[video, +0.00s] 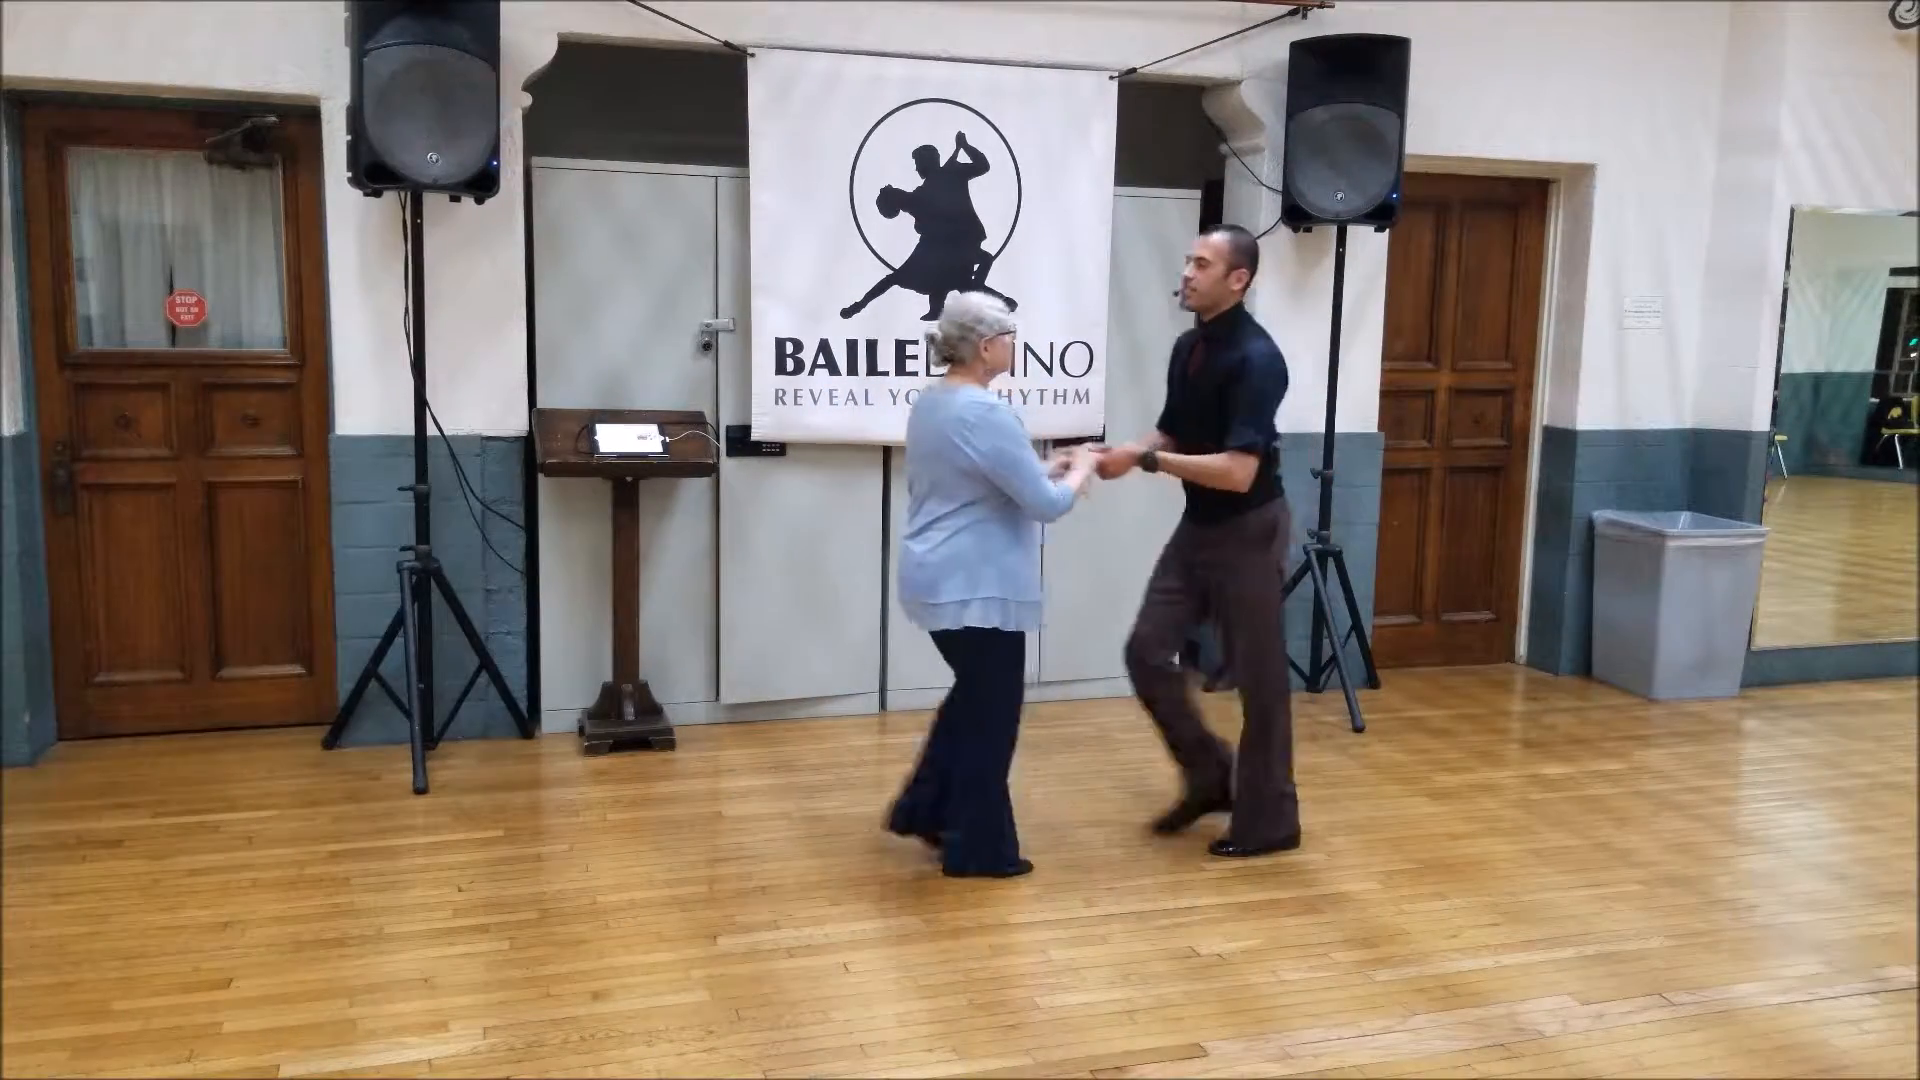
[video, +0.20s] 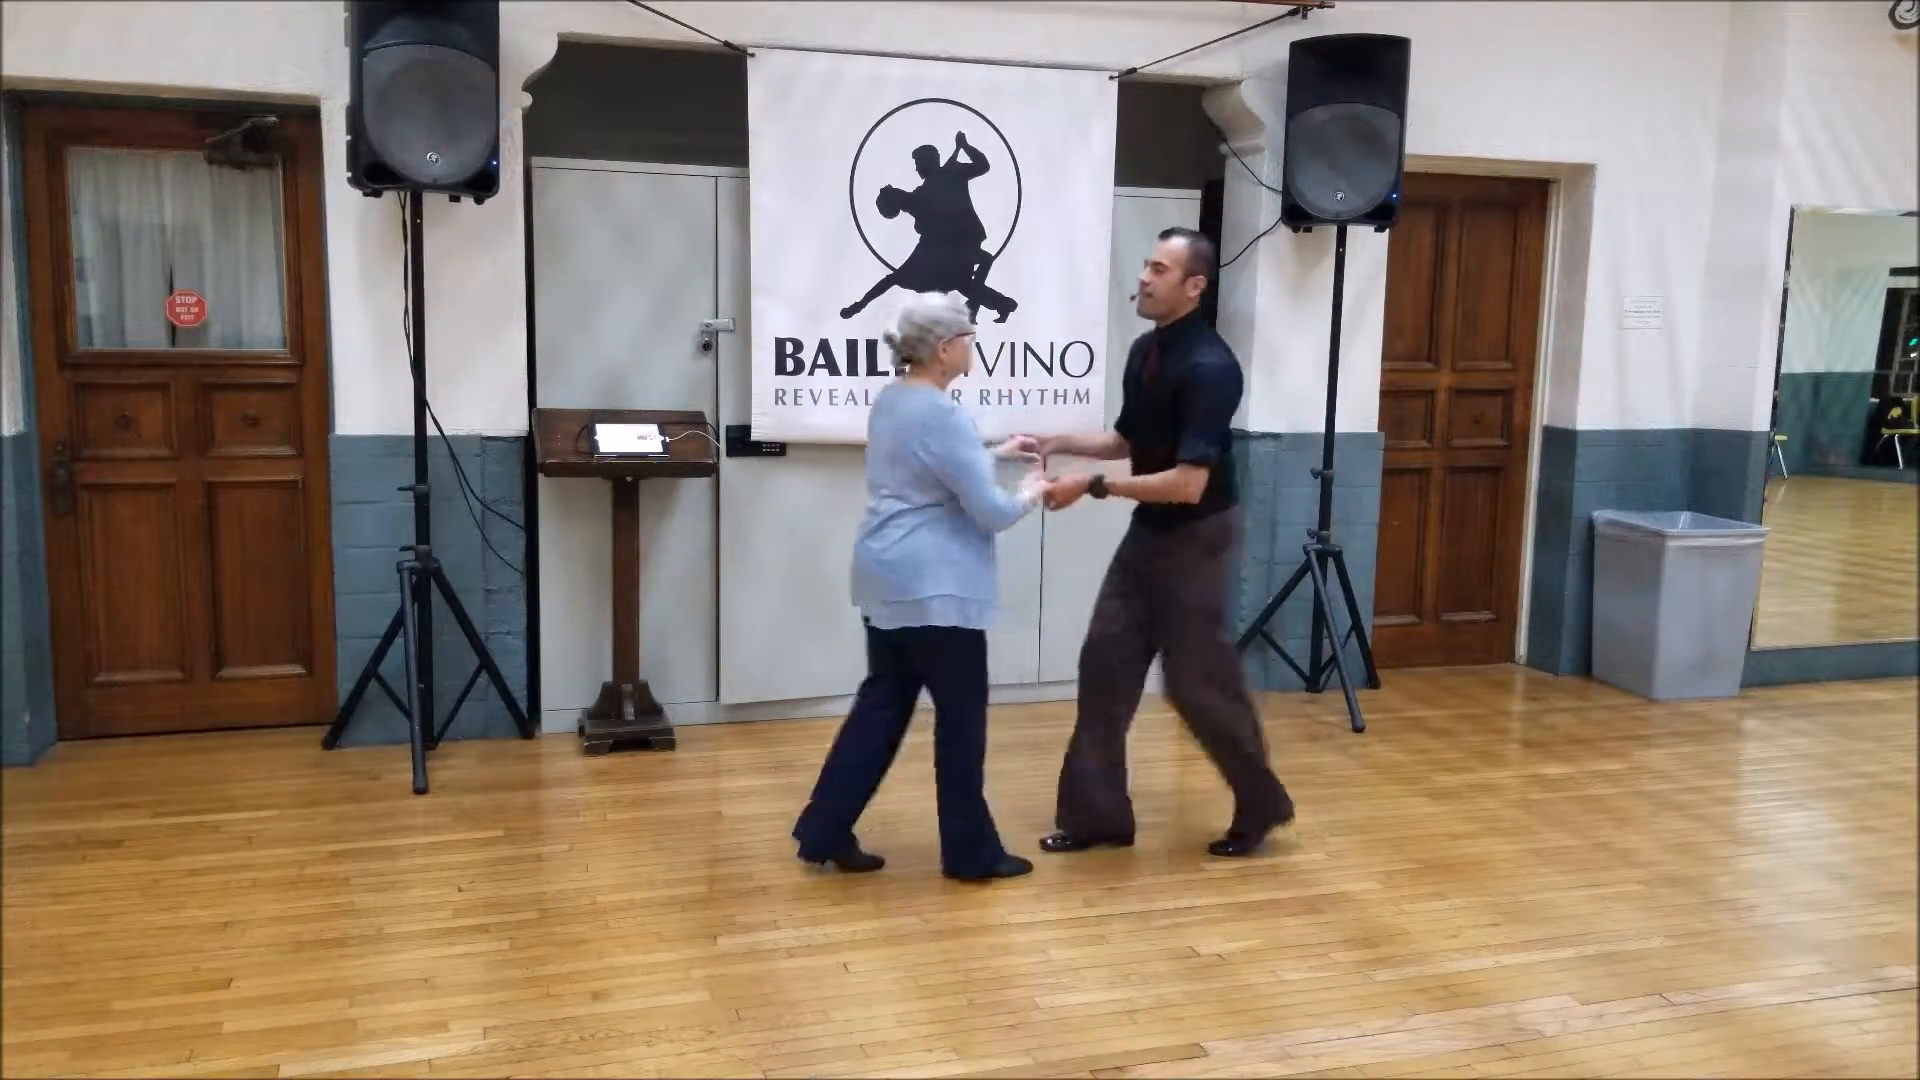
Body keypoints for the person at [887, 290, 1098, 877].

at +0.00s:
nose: (1015, 344)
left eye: (1011, 335)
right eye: (1007, 336)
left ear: (963, 346)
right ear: (981, 345)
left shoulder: (928, 405)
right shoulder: (984, 415)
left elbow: (987, 481)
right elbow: (1046, 502)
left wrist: (1046, 467)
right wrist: (1077, 476)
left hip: (935, 581)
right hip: (981, 588)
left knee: (976, 694)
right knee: (994, 712)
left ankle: (923, 807)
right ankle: (981, 847)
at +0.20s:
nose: (973, 350)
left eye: (970, 339)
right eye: (966, 341)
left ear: (923, 348)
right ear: (941, 348)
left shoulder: (888, 403)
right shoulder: (942, 415)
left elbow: (939, 471)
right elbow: (992, 511)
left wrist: (1001, 452)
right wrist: (1036, 492)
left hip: (884, 579)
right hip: (939, 584)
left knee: (884, 702)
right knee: (963, 717)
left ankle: (825, 830)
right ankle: (971, 851)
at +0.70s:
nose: (886, 347)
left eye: (883, 337)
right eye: (877, 338)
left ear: (841, 348)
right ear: (847, 348)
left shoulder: (820, 401)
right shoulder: (836, 413)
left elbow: (856, 496)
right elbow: (844, 513)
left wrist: (919, 500)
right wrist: (919, 529)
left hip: (818, 588)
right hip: (804, 589)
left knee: (824, 715)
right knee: (770, 716)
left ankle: (820, 844)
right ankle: (683, 843)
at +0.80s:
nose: (880, 350)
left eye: (877, 340)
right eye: (872, 341)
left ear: (835, 352)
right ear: (842, 351)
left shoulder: (809, 404)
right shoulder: (829, 417)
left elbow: (846, 499)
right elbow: (839, 519)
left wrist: (907, 505)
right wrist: (912, 532)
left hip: (812, 593)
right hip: (792, 593)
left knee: (825, 715)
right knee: (745, 725)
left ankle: (820, 843)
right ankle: (675, 850)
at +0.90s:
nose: (871, 353)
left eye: (870, 344)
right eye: (864, 344)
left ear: (828, 353)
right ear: (833, 351)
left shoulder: (809, 408)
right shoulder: (812, 416)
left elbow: (853, 500)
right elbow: (855, 521)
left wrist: (904, 502)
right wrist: (917, 520)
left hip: (814, 597)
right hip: (787, 596)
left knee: (826, 713)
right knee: (750, 721)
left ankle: (790, 844)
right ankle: (676, 851)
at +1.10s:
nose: (876, 351)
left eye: (874, 342)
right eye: (868, 343)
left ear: (827, 351)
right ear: (838, 350)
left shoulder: (795, 405)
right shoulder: (829, 417)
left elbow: (847, 495)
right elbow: (897, 509)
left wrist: (910, 485)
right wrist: (971, 485)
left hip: (794, 586)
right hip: (817, 594)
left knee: (813, 720)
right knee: (826, 722)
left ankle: (788, 846)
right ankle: (720, 827)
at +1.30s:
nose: (900, 348)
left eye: (898, 338)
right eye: (893, 338)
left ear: (845, 343)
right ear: (864, 343)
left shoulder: (810, 400)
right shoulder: (870, 415)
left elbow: (911, 458)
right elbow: (953, 483)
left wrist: (1000, 451)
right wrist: (1032, 457)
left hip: (795, 586)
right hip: (860, 591)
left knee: (798, 717)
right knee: (897, 707)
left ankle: (781, 852)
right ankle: (889, 847)